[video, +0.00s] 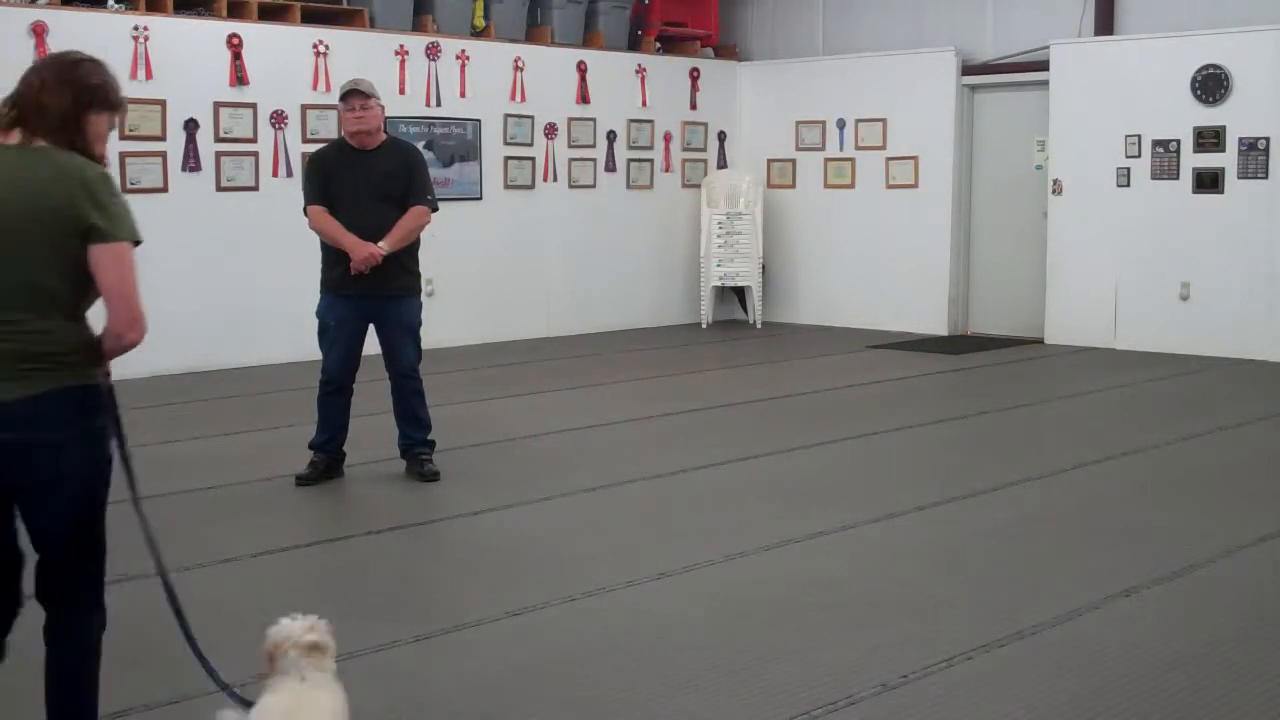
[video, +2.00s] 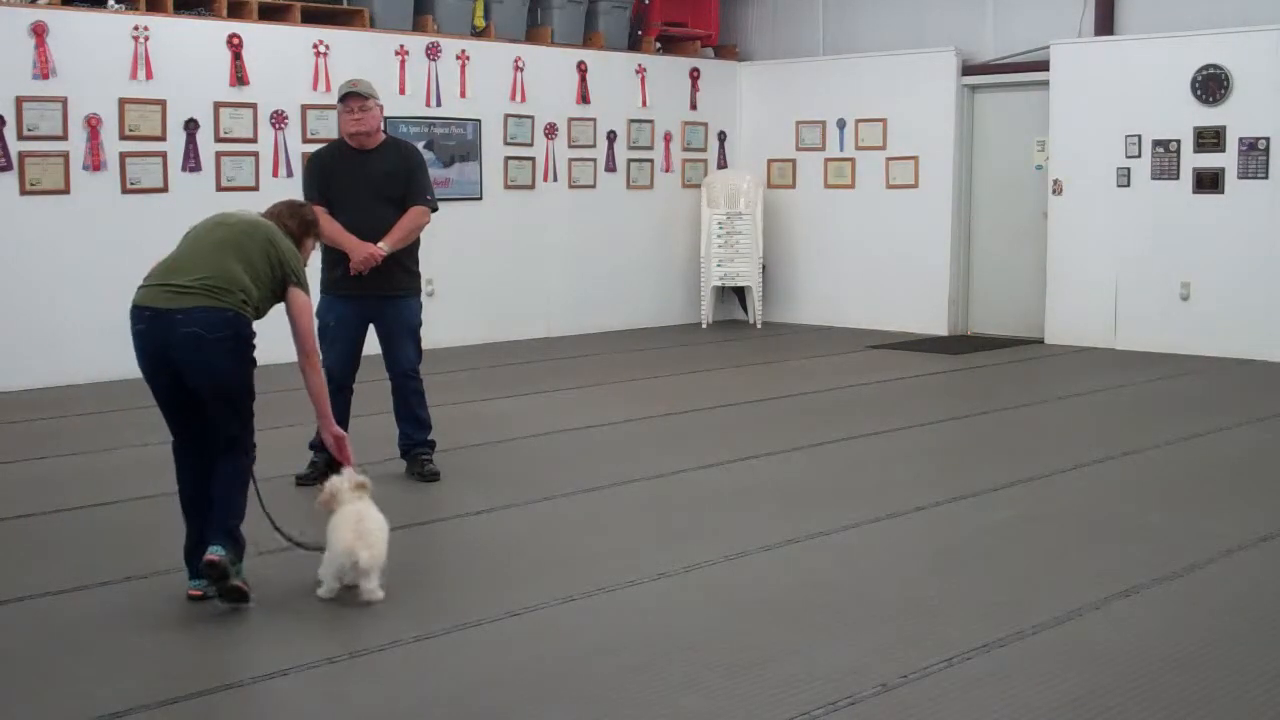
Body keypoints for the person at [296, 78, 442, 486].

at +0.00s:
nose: (358, 113)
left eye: (365, 106)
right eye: (350, 108)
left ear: (381, 112)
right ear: (340, 117)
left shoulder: (407, 155)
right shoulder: (321, 161)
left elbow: (421, 213)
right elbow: (316, 215)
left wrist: (378, 250)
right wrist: (355, 246)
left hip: (398, 288)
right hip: (342, 289)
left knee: (406, 373)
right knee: (335, 375)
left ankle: (419, 452)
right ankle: (327, 455)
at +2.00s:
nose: (357, 117)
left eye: (364, 109)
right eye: (349, 111)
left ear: (380, 113)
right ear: (338, 118)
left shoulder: (406, 155)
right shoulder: (322, 161)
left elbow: (421, 213)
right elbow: (316, 216)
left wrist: (378, 250)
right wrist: (354, 247)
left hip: (397, 288)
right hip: (342, 289)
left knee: (406, 372)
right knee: (334, 374)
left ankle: (419, 450)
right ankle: (326, 454)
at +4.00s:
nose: (360, 116)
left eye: (366, 109)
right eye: (352, 111)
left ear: (380, 111)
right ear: (341, 116)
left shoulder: (405, 154)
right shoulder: (328, 159)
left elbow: (420, 211)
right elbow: (314, 218)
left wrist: (376, 250)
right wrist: (348, 243)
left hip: (396, 285)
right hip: (341, 286)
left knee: (406, 371)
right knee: (336, 378)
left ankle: (418, 450)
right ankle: (329, 456)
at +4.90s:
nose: (358, 117)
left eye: (364, 109)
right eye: (351, 112)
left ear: (380, 112)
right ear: (339, 118)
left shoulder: (404, 153)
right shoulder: (326, 162)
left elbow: (420, 210)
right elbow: (314, 218)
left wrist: (377, 250)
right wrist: (351, 245)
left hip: (396, 283)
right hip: (343, 284)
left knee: (406, 371)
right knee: (335, 376)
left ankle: (418, 450)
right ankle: (330, 455)